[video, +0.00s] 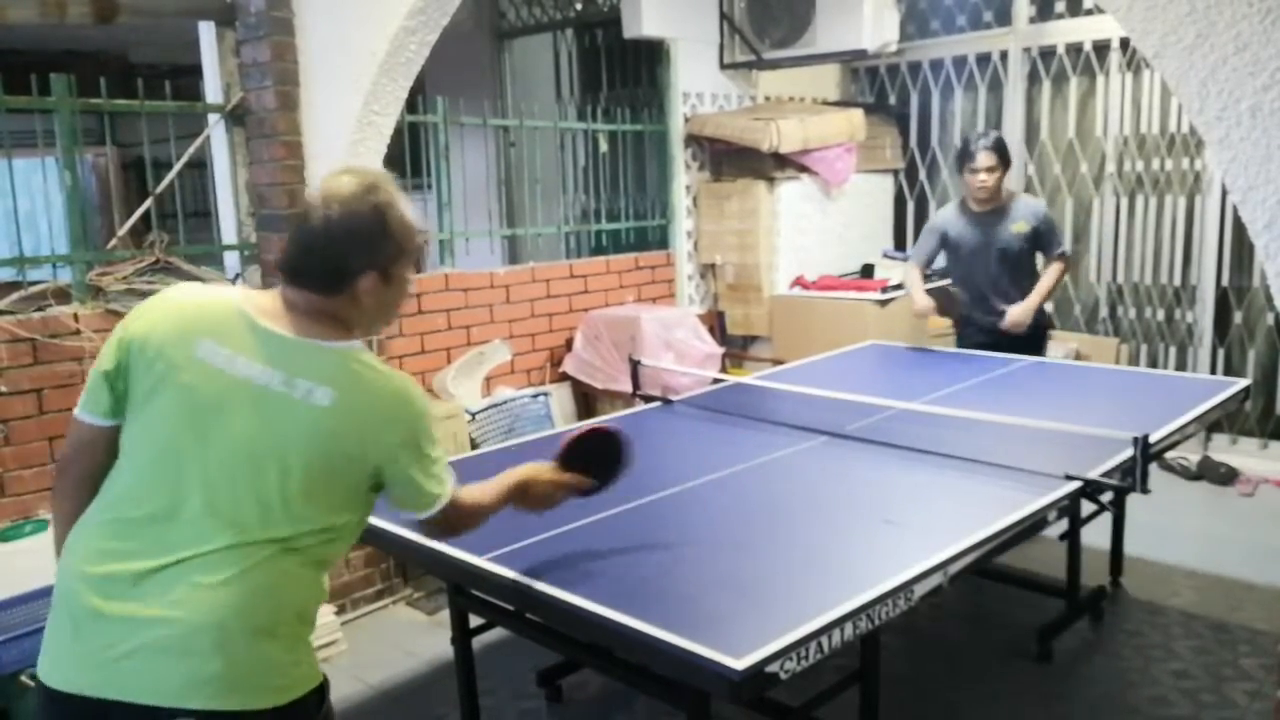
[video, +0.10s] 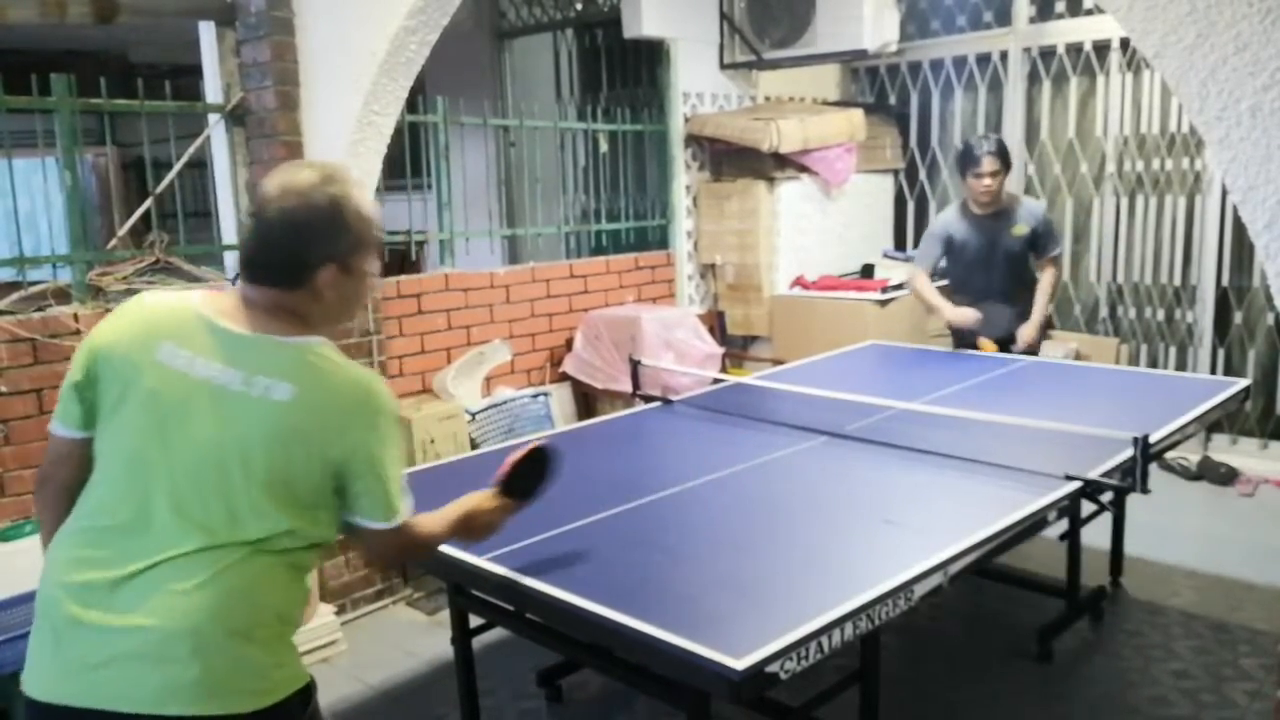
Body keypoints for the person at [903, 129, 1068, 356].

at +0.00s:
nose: (982, 179)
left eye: (991, 171)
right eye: (974, 171)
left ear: (1004, 171)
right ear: (962, 175)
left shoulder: (1032, 212)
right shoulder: (945, 220)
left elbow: (1058, 260)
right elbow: (914, 265)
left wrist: (1028, 306)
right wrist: (920, 296)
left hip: (1025, 334)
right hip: (975, 334)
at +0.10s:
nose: (987, 183)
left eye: (994, 174)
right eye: (977, 176)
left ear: (1006, 174)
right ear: (964, 179)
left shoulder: (1031, 215)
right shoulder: (947, 223)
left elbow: (1049, 265)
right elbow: (917, 276)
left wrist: (1035, 323)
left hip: (1021, 336)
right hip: (970, 336)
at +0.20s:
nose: (994, 187)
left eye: (1001, 178)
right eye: (985, 179)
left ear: (1011, 177)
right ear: (968, 182)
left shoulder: (1033, 216)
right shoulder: (954, 225)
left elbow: (1039, 271)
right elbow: (937, 287)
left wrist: (1039, 330)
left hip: (1021, 334)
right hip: (972, 336)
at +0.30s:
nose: (1004, 188)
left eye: (1010, 180)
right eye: (994, 181)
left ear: (1018, 179)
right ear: (976, 183)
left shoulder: (1031, 215)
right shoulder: (965, 228)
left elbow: (1039, 271)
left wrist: (1045, 327)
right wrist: (1013, 319)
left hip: (1022, 330)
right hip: (977, 333)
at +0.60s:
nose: (1028, 179)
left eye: (1034, 171)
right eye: (1018, 172)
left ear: (1042, 173)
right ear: (1002, 175)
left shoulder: (1051, 214)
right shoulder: (990, 218)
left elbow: (1054, 272)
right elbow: (994, 281)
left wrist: (1062, 317)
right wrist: (1025, 315)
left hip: (1037, 323)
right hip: (994, 323)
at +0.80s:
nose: (1036, 174)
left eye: (1045, 166)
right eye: (1028, 167)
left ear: (1057, 168)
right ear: (1016, 170)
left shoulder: (1073, 216)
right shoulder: (1001, 215)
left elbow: (1080, 271)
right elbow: (988, 275)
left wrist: (1082, 314)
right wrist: (1016, 312)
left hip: (1052, 323)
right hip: (1001, 321)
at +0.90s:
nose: (1037, 170)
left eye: (1046, 162)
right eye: (1029, 163)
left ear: (1059, 164)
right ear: (1018, 166)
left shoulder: (1078, 212)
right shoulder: (1001, 212)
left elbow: (1091, 254)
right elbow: (979, 266)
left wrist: (1094, 295)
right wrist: (1000, 305)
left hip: (1054, 323)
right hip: (1008, 321)